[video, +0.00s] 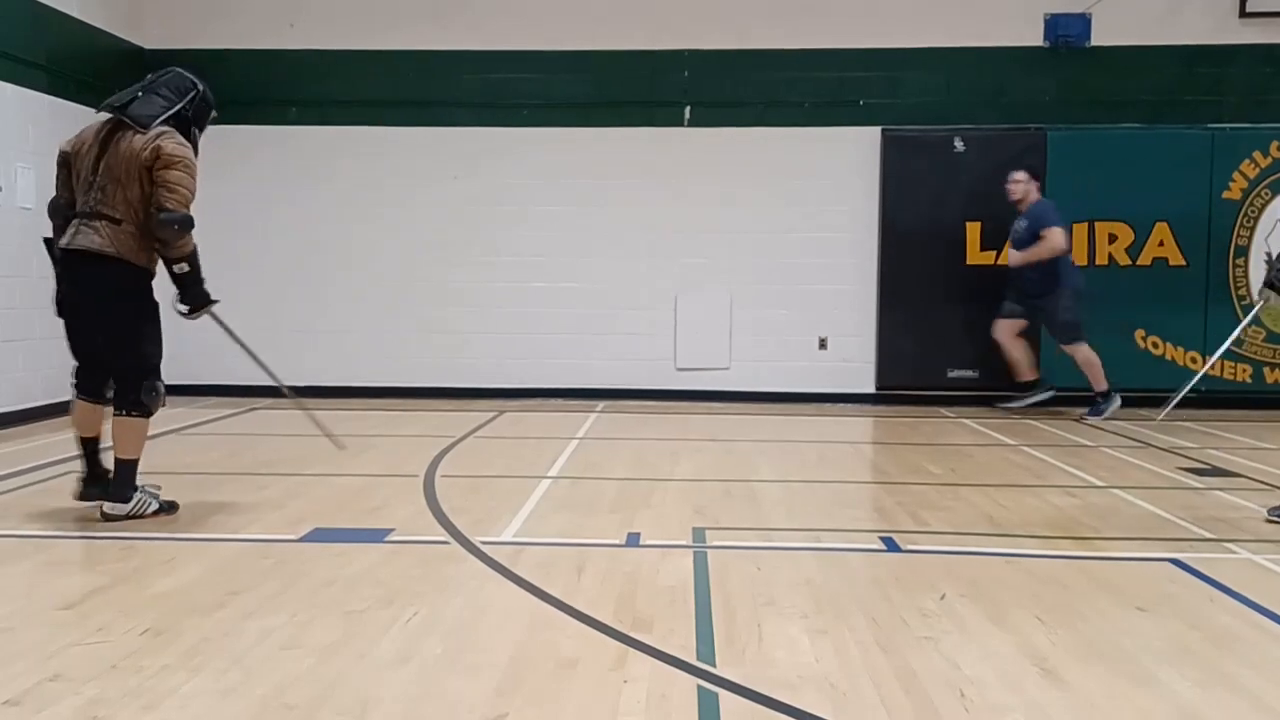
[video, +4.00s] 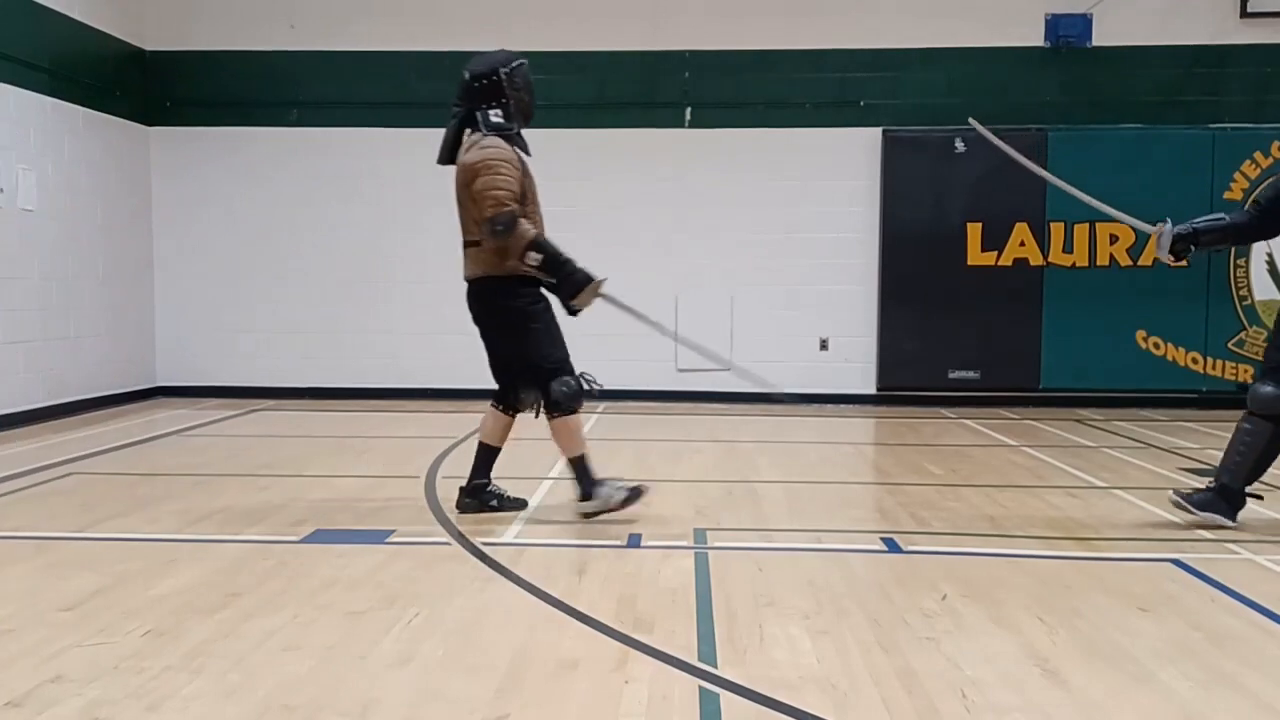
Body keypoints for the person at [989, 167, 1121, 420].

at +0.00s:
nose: (1011, 187)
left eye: (1017, 182)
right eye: (1009, 183)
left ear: (1034, 186)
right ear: (1008, 188)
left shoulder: (1043, 209)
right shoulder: (1022, 216)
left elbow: (1057, 242)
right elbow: (1017, 248)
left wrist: (1021, 256)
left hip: (1056, 289)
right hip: (1028, 290)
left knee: (1073, 343)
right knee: (1003, 331)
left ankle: (1105, 396)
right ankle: (1032, 386)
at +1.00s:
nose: (633, 186)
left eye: (639, 182)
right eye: (631, 181)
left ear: (653, 186)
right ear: (630, 184)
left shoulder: (666, 216)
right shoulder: (633, 215)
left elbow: (688, 251)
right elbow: (635, 249)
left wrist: (658, 274)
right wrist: (619, 263)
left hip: (659, 290)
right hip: (635, 290)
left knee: (628, 334)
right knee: (623, 339)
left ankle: (614, 392)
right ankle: (648, 391)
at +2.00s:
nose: (440, 190)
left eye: (445, 184)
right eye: (436, 185)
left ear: (460, 187)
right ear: (434, 189)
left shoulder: (480, 215)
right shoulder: (438, 220)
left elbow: (511, 244)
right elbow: (450, 254)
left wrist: (482, 271)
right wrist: (453, 282)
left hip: (488, 295)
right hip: (453, 294)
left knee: (510, 344)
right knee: (426, 338)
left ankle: (548, 396)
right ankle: (424, 390)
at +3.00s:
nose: (298, 99)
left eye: (298, 90)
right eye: (289, 90)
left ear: (276, 95)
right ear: (260, 93)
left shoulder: (279, 148)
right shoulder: (238, 149)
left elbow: (279, 218)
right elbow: (214, 217)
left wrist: (311, 242)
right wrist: (295, 237)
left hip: (262, 289)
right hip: (246, 290)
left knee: (233, 386)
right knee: (297, 387)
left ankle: (189, 479)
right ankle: (324, 492)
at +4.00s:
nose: (529, 96)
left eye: (526, 87)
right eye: (522, 88)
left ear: (484, 96)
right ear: (503, 93)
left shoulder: (492, 147)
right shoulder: (491, 151)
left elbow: (513, 230)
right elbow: (502, 223)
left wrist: (560, 278)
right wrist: (561, 267)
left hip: (497, 288)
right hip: (507, 288)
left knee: (515, 389)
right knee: (559, 385)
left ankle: (476, 487)